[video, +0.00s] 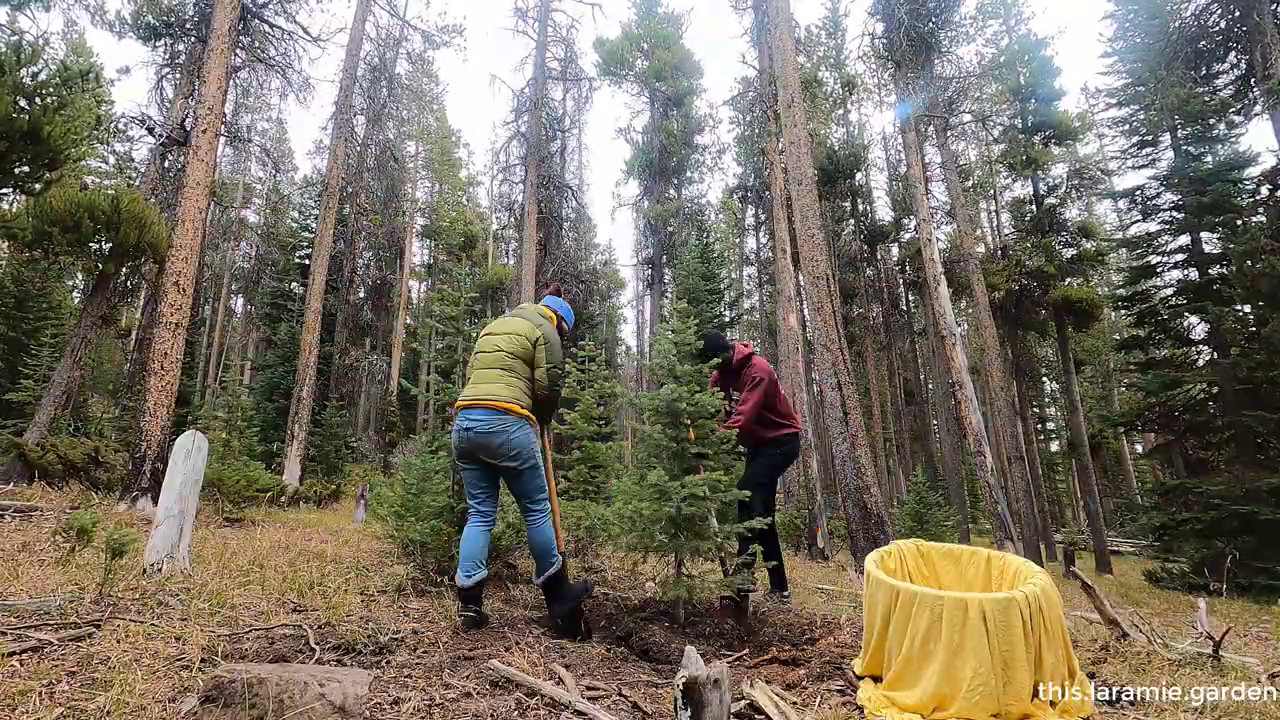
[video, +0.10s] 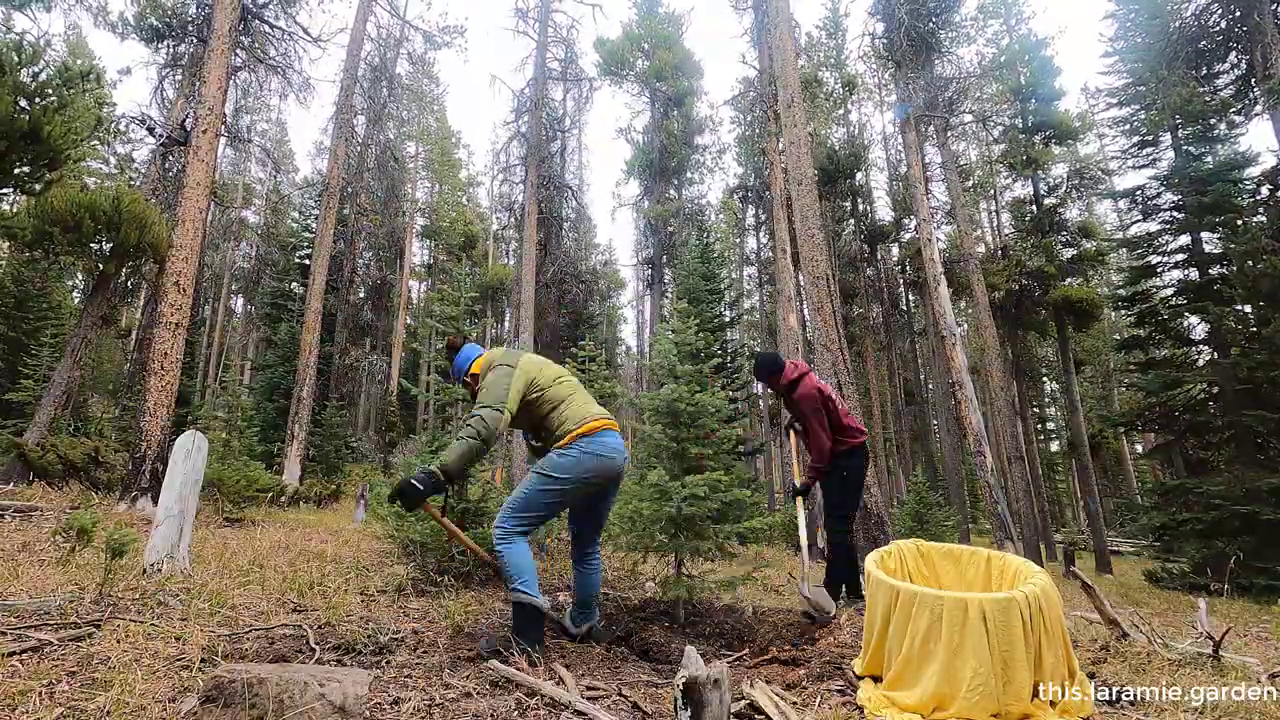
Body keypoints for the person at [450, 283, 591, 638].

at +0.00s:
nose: (560, 338)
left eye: (563, 333)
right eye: (562, 331)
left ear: (539, 308)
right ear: (556, 319)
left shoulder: (495, 323)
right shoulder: (545, 327)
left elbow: (480, 373)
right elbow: (548, 382)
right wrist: (540, 419)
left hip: (466, 422)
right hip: (509, 425)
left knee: (479, 512)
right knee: (536, 508)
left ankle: (469, 604)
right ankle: (558, 595)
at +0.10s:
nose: (473, 390)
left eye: (469, 384)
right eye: (469, 387)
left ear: (472, 371)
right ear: (481, 359)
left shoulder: (503, 366)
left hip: (582, 450)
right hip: (613, 449)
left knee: (509, 529)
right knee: (586, 546)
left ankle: (528, 640)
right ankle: (584, 622)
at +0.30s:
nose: (600, 527)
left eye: (605, 523)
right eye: (599, 519)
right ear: (589, 505)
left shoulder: (578, 510)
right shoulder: (553, 504)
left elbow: (579, 565)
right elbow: (538, 559)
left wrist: (586, 609)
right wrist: (562, 605)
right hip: (474, 547)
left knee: (547, 596)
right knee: (544, 557)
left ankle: (488, 587)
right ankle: (565, 625)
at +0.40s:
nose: (599, 523)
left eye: (604, 519)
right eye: (600, 516)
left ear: (592, 502)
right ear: (591, 503)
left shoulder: (579, 518)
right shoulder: (553, 492)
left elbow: (579, 564)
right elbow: (501, 526)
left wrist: (581, 605)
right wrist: (525, 540)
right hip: (477, 550)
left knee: (553, 596)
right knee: (554, 554)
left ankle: (493, 593)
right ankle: (573, 625)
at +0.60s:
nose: (627, 420)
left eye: (633, 415)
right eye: (632, 411)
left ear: (621, 394)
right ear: (622, 393)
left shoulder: (578, 411)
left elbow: (547, 469)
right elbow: (547, 395)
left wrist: (561, 522)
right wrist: (570, 459)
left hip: (463, 423)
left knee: (498, 516)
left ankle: (493, 612)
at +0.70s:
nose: (550, 313)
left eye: (548, 308)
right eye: (549, 306)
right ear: (540, 298)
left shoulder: (487, 322)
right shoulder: (532, 303)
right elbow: (564, 349)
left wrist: (539, 399)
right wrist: (550, 368)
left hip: (458, 410)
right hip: (496, 408)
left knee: (481, 509)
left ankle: (466, 618)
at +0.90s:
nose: (524, 344)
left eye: (528, 339)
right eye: (525, 337)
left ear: (513, 324)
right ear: (516, 327)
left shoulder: (491, 339)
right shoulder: (491, 341)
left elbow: (498, 386)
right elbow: (495, 392)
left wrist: (518, 389)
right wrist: (522, 394)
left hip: (462, 425)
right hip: (462, 425)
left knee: (467, 501)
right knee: (466, 502)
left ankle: (453, 579)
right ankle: (451, 584)